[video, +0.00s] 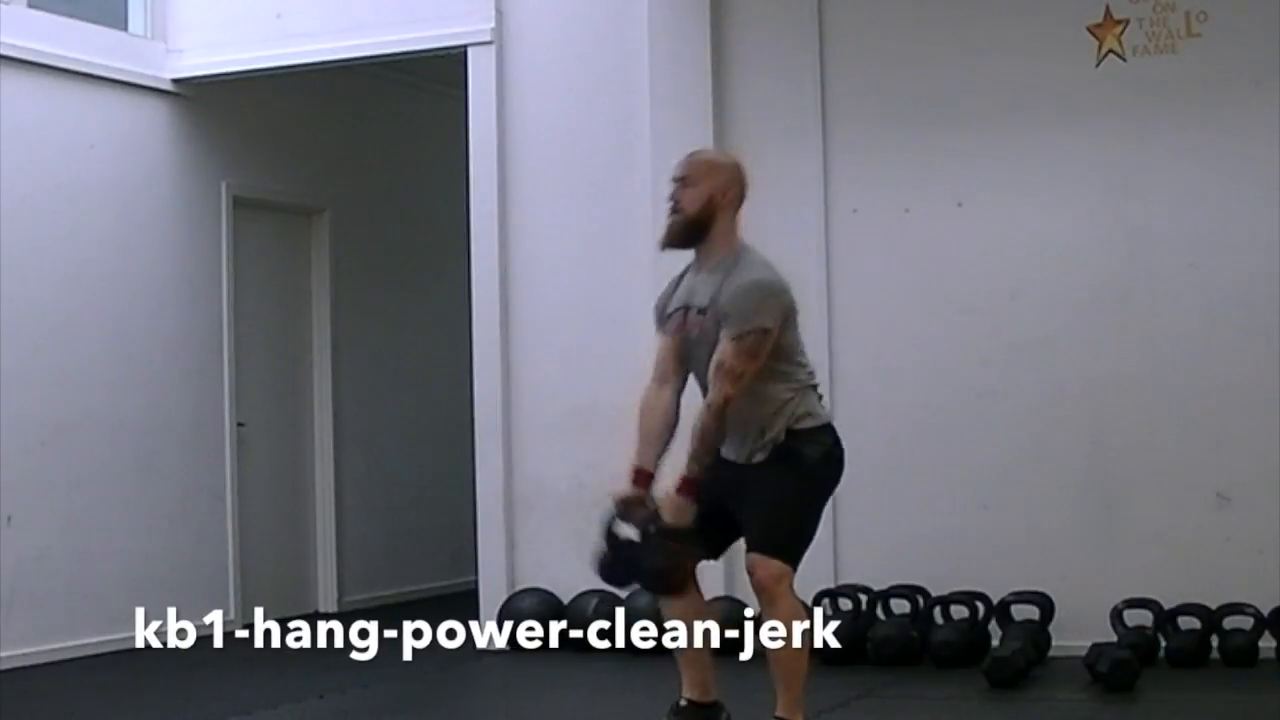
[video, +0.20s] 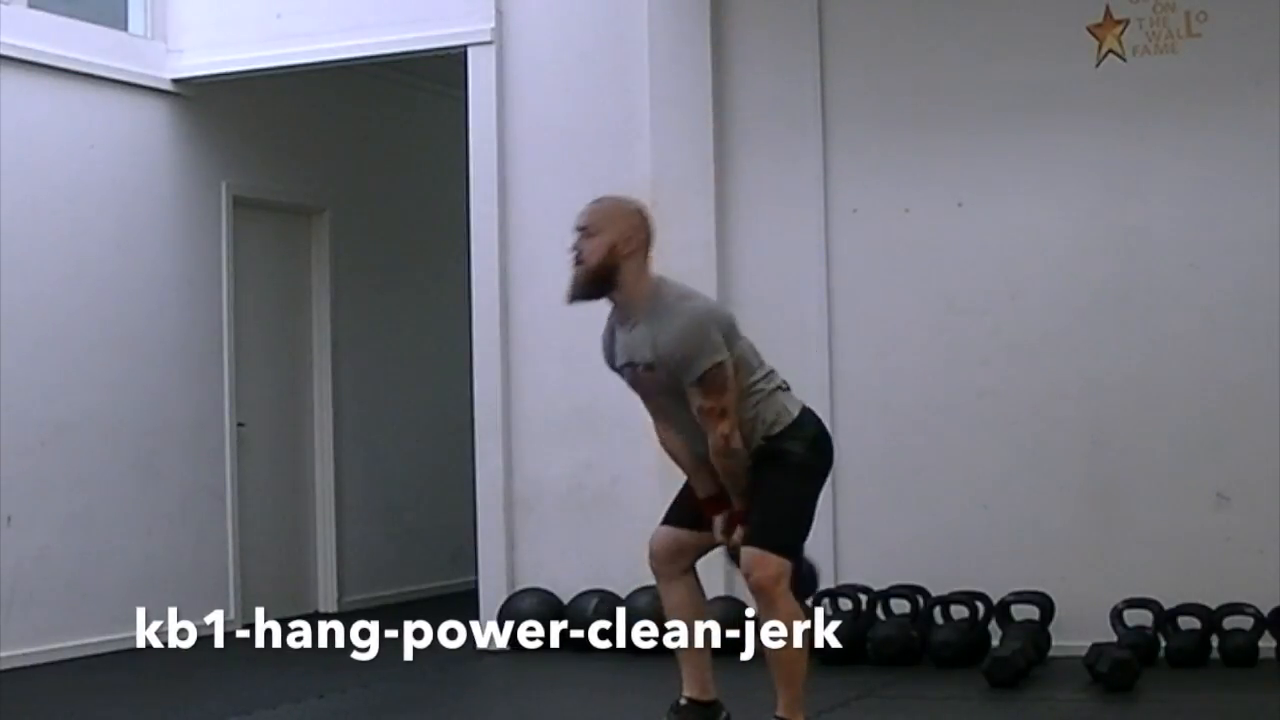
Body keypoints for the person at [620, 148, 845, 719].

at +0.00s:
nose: (672, 194)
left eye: (685, 184)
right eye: (674, 184)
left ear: (724, 196)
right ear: (707, 198)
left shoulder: (757, 285)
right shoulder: (680, 290)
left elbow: (721, 401)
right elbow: (664, 385)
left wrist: (688, 485)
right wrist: (642, 474)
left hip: (799, 449)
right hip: (734, 454)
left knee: (767, 571)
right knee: (667, 553)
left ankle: (791, 712)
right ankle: (700, 702)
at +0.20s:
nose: (574, 248)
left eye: (588, 235)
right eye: (577, 237)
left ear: (630, 241)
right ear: (618, 245)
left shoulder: (689, 319)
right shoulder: (617, 335)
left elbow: (725, 432)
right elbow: (668, 425)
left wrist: (742, 508)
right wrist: (717, 504)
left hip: (788, 441)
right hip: (729, 452)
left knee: (764, 572)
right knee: (669, 552)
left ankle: (792, 713)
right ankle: (699, 701)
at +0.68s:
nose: (652, 203)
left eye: (664, 192)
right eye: (653, 192)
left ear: (700, 201)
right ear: (689, 205)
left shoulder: (743, 283)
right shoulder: (672, 293)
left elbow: (733, 398)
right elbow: (674, 393)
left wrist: (711, 487)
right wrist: (676, 478)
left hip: (779, 452)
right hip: (717, 456)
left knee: (736, 575)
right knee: (660, 570)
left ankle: (789, 713)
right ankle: (701, 704)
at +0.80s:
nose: (697, 174)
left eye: (709, 163)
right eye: (699, 164)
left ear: (748, 172)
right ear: (736, 174)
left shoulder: (775, 248)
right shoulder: (707, 257)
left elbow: (755, 356)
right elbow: (692, 345)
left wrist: (685, 409)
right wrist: (655, 406)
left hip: (777, 435)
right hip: (721, 438)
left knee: (747, 571)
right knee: (675, 561)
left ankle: (790, 712)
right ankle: (701, 703)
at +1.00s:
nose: (711, 155)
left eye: (724, 146)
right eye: (714, 145)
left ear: (764, 158)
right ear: (744, 159)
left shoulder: (784, 226)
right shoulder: (718, 234)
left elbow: (769, 323)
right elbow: (698, 330)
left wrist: (682, 294)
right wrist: (641, 304)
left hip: (769, 422)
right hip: (713, 423)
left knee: (766, 570)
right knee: (695, 566)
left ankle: (792, 712)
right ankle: (704, 704)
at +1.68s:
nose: (718, 148)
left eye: (734, 141)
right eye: (722, 140)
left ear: (764, 163)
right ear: (733, 160)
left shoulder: (771, 228)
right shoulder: (698, 228)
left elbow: (700, 268)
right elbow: (623, 275)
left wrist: (692, 196)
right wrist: (644, 210)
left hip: (734, 414)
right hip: (678, 414)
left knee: (722, 561)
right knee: (658, 559)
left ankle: (781, 709)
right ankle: (696, 700)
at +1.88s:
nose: (688, 151)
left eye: (703, 144)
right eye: (687, 143)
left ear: (737, 162)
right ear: (686, 162)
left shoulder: (748, 220)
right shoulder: (674, 218)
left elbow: (719, 168)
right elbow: (623, 162)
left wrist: (708, 92)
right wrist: (651, 94)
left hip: (743, 425)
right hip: (691, 426)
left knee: (731, 575)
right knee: (657, 572)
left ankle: (789, 712)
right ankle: (701, 706)